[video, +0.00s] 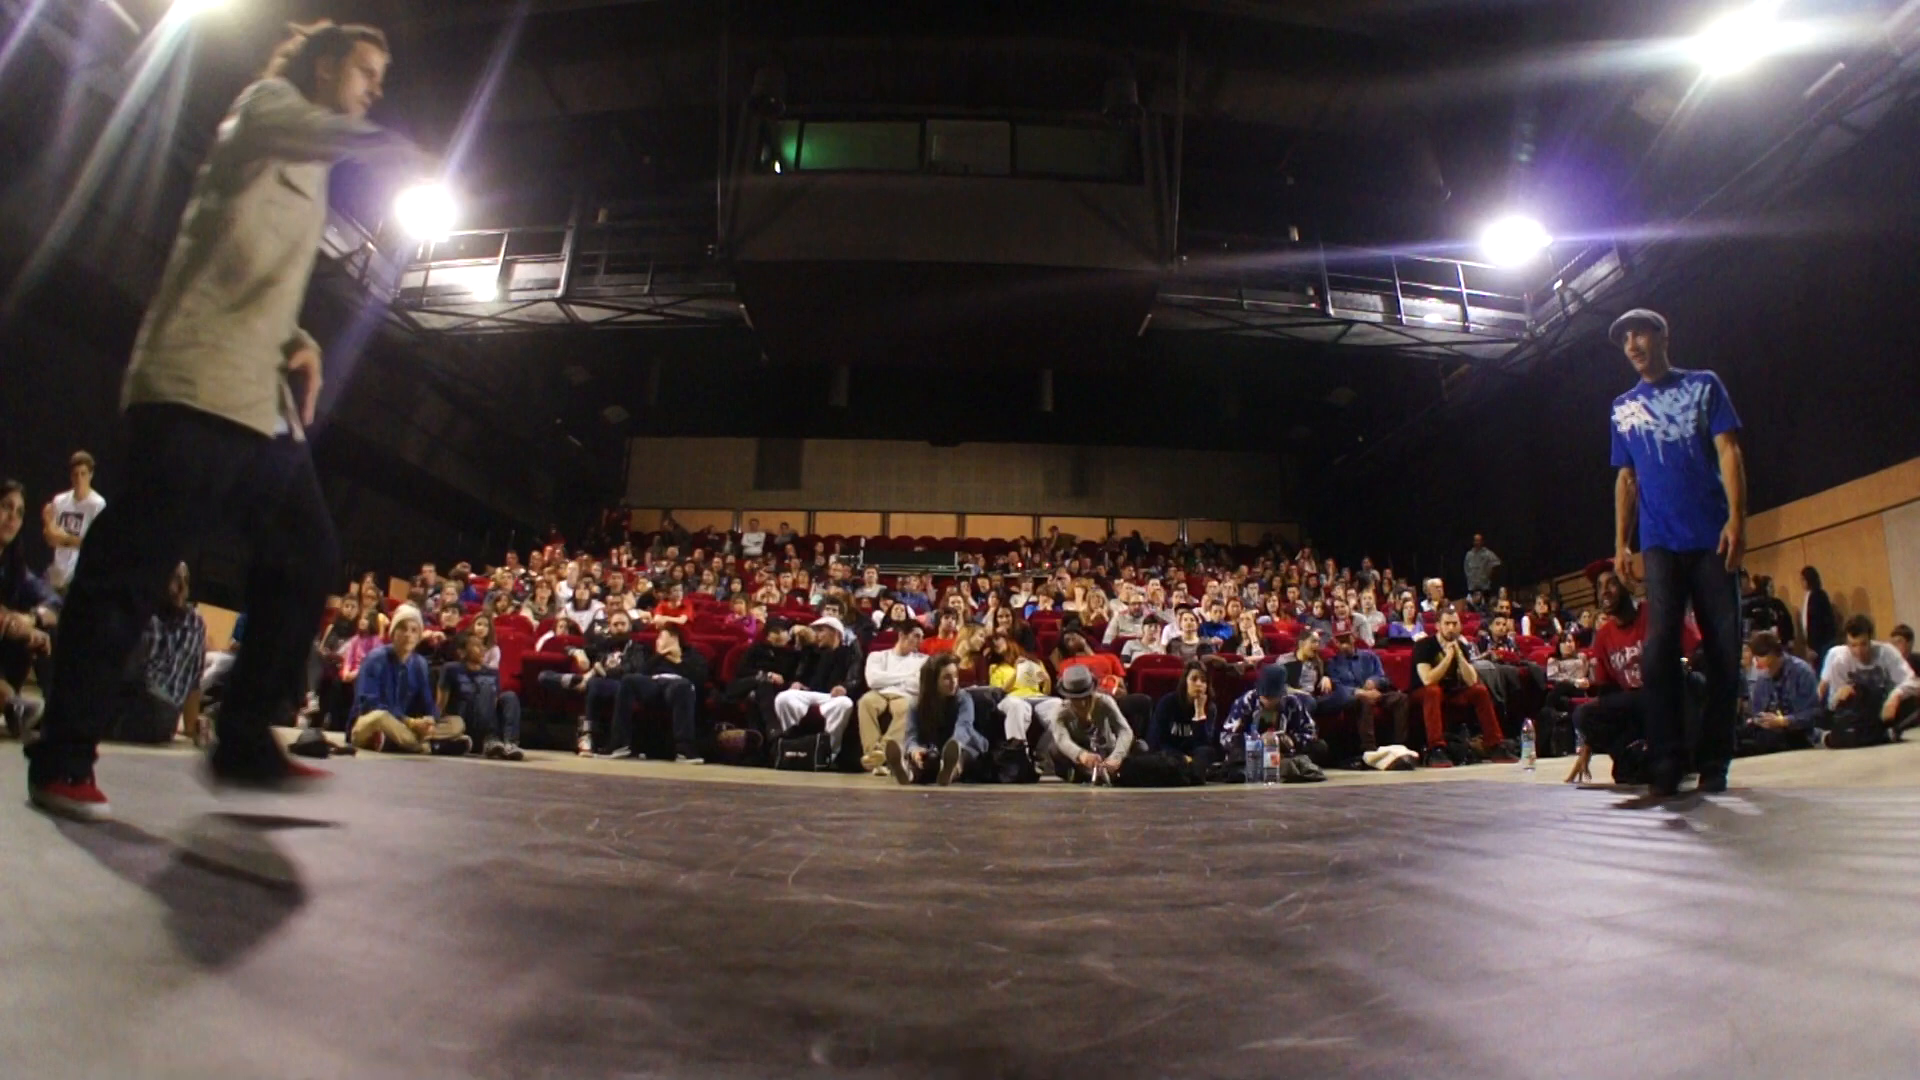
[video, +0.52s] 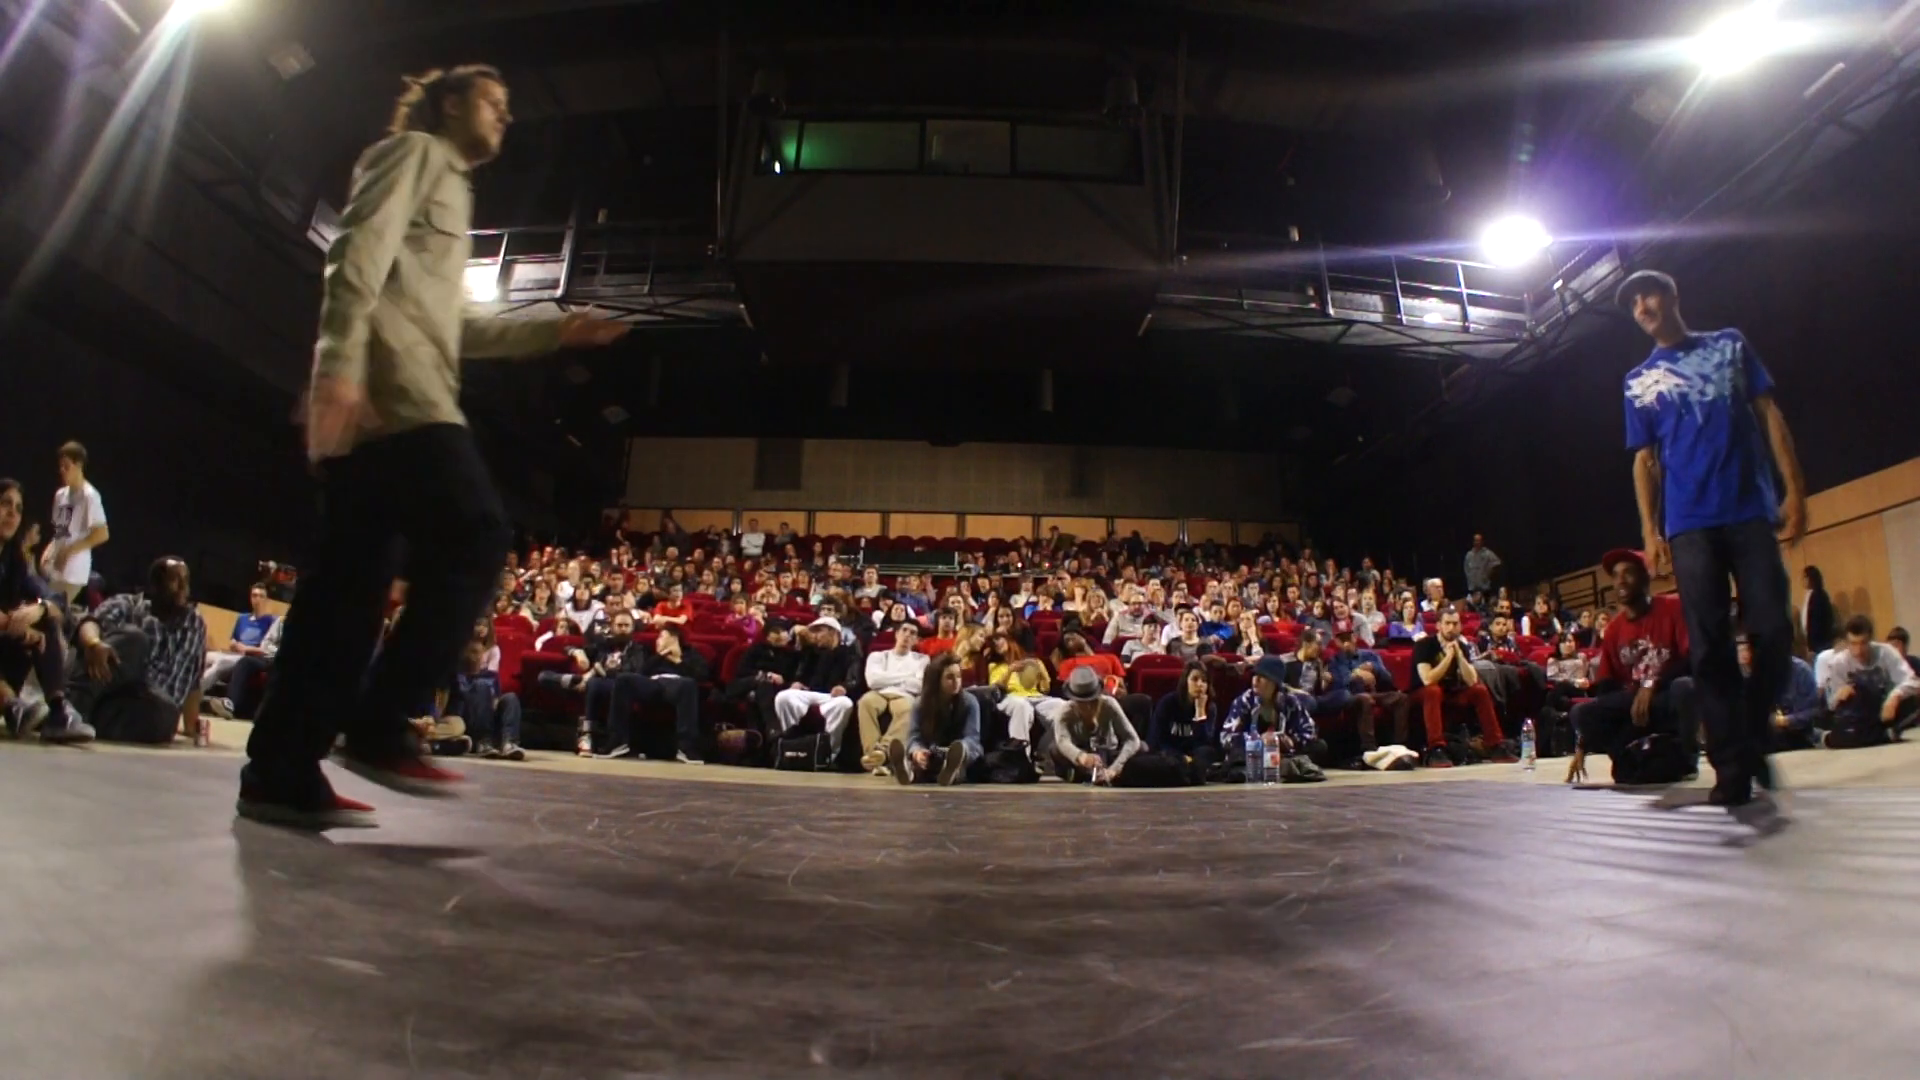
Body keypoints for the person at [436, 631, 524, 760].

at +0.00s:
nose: (482, 649)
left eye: (482, 645)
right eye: (476, 645)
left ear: (485, 648)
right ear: (461, 652)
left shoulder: (492, 673)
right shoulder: (451, 669)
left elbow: (494, 701)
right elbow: (441, 702)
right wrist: (434, 725)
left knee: (510, 697)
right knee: (486, 688)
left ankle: (510, 743)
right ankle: (490, 739)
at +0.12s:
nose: (480, 650)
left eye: (481, 646)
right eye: (474, 645)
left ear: (484, 649)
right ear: (460, 652)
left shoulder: (491, 673)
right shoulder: (450, 669)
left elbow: (494, 700)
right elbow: (441, 700)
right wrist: (435, 723)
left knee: (510, 697)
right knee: (485, 688)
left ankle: (509, 743)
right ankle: (487, 741)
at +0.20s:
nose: (480, 650)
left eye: (481, 646)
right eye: (474, 646)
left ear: (484, 649)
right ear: (460, 652)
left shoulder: (491, 674)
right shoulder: (450, 669)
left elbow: (494, 700)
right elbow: (441, 700)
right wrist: (435, 723)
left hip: (485, 719)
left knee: (510, 697)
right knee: (484, 691)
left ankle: (509, 743)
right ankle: (487, 741)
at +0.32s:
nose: (479, 652)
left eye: (480, 648)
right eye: (473, 647)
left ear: (484, 652)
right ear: (461, 653)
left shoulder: (491, 676)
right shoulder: (451, 670)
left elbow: (494, 702)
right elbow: (442, 701)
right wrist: (434, 723)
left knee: (510, 698)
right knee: (481, 690)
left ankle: (508, 743)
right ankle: (484, 742)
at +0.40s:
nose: (475, 654)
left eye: (478, 650)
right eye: (471, 649)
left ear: (483, 653)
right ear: (460, 653)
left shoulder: (491, 676)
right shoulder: (451, 670)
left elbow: (495, 700)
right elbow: (442, 700)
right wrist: (436, 722)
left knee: (510, 698)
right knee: (481, 688)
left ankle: (508, 743)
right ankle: (483, 742)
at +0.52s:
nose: (477, 657)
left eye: (479, 653)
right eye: (473, 652)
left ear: (483, 655)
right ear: (466, 656)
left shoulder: (491, 677)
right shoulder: (460, 675)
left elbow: (496, 696)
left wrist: (494, 703)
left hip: (489, 715)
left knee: (510, 698)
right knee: (481, 685)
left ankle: (509, 743)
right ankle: (483, 742)